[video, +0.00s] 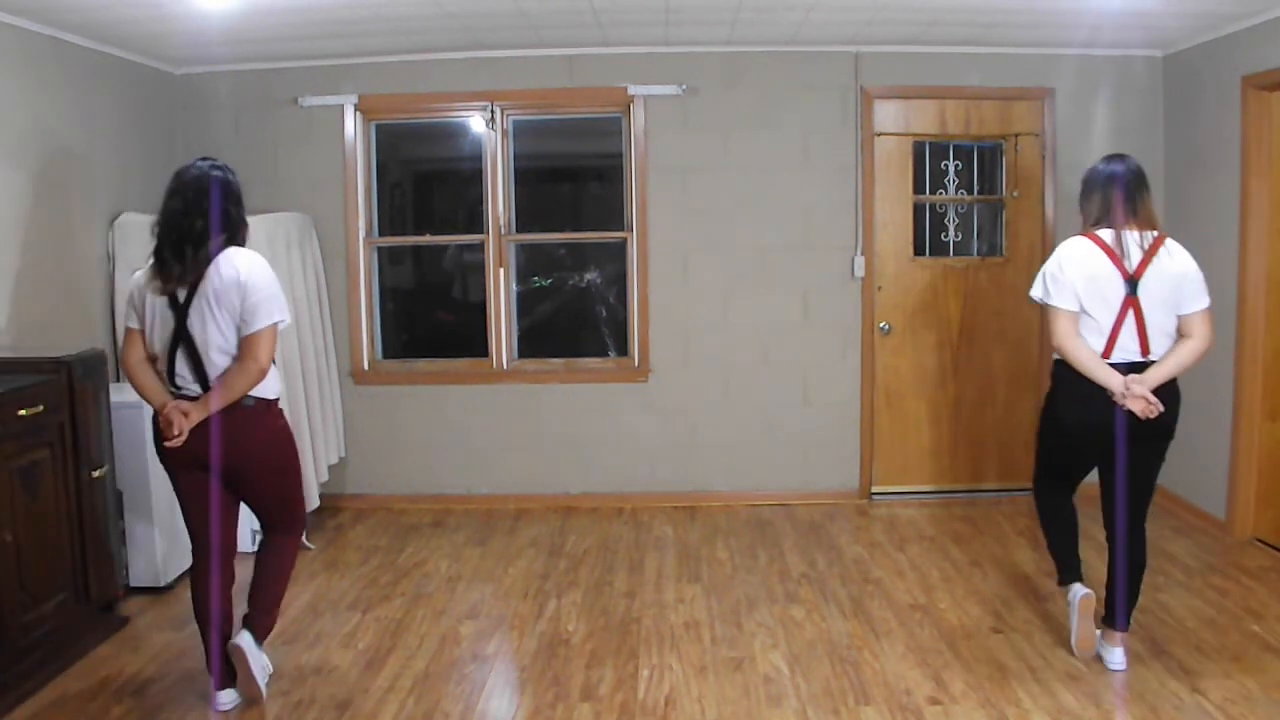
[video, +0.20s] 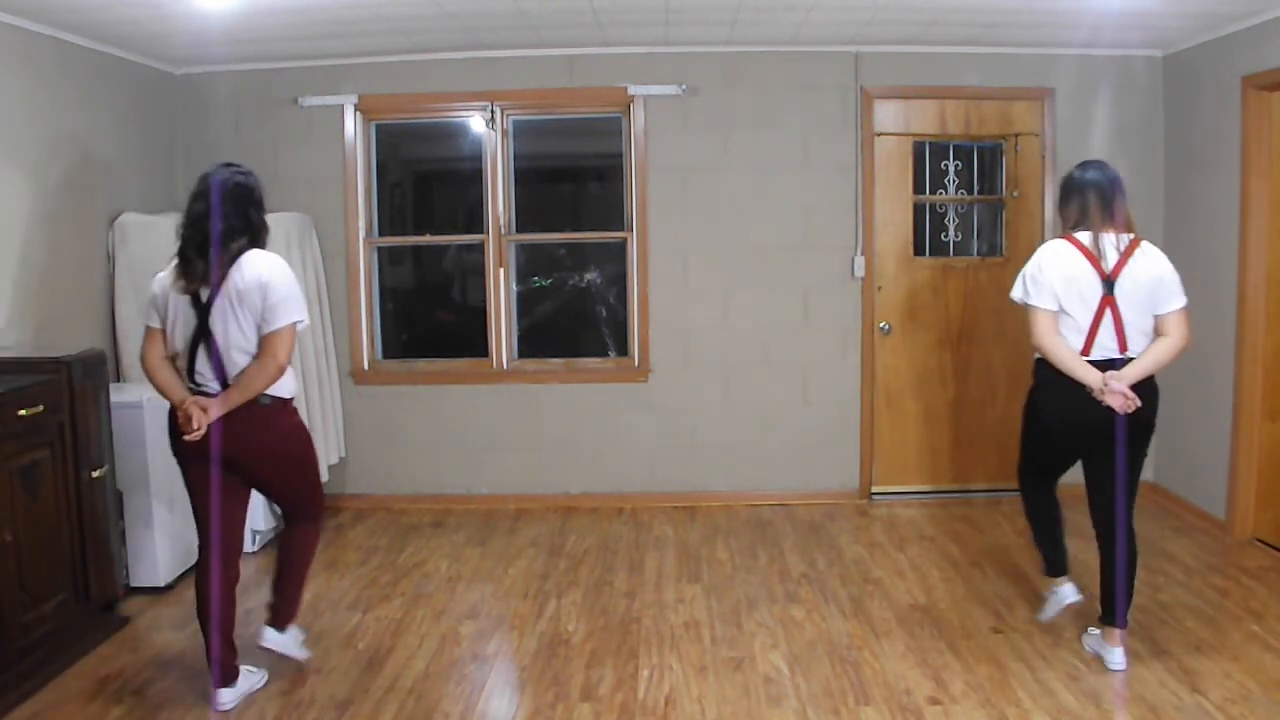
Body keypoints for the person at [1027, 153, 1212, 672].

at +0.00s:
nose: (1092, 204)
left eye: (1091, 195)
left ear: (1090, 198)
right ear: (1143, 197)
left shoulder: (1072, 255)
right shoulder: (1176, 256)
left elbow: (1065, 340)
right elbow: (1199, 337)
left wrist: (1118, 384)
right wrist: (1145, 382)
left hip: (1084, 397)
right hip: (1154, 398)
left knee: (1054, 484)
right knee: (1129, 517)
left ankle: (1073, 585)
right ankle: (1117, 637)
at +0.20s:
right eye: (1118, 196)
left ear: (1067, 203)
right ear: (1120, 201)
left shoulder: (1051, 257)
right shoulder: (1152, 258)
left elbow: (1044, 338)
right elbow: (1176, 336)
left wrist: (1097, 380)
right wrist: (1125, 376)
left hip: (1065, 396)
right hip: (1132, 396)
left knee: (1037, 476)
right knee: (1116, 513)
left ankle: (1059, 579)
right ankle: (1115, 635)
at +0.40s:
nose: (1029, 222)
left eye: (1030, 214)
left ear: (1036, 216)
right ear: (1084, 213)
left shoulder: (1022, 268)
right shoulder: (1118, 268)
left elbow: (1018, 345)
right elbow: (1141, 342)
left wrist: (1071, 388)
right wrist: (1089, 382)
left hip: (1034, 398)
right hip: (1099, 402)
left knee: (1007, 482)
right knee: (1097, 518)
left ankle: (984, 564)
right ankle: (1111, 634)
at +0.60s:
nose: (980, 223)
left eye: (981, 215)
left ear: (985, 219)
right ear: (1031, 217)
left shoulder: (974, 270)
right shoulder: (1063, 267)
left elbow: (973, 342)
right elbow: (1085, 335)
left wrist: (1021, 383)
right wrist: (1043, 379)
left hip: (989, 389)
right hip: (1051, 389)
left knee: (968, 480)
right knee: (1053, 498)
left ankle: (952, 563)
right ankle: (1094, 595)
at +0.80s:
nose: (941, 212)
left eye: (943, 205)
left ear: (949, 207)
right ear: (992, 204)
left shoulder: (940, 255)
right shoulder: (1022, 251)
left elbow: (941, 326)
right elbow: (1042, 319)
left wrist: (986, 362)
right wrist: (1007, 359)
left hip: (952, 374)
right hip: (1008, 375)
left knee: (950, 470)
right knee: (989, 461)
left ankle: (949, 563)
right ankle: (1021, 534)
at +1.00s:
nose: (920, 210)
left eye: (922, 204)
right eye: (921, 204)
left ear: (930, 205)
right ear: (967, 202)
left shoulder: (927, 249)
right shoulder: (995, 248)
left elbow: (941, 322)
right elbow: (1012, 311)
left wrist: (980, 357)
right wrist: (990, 351)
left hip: (936, 366)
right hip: (980, 368)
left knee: (938, 458)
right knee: (943, 443)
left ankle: (949, 560)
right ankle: (969, 520)